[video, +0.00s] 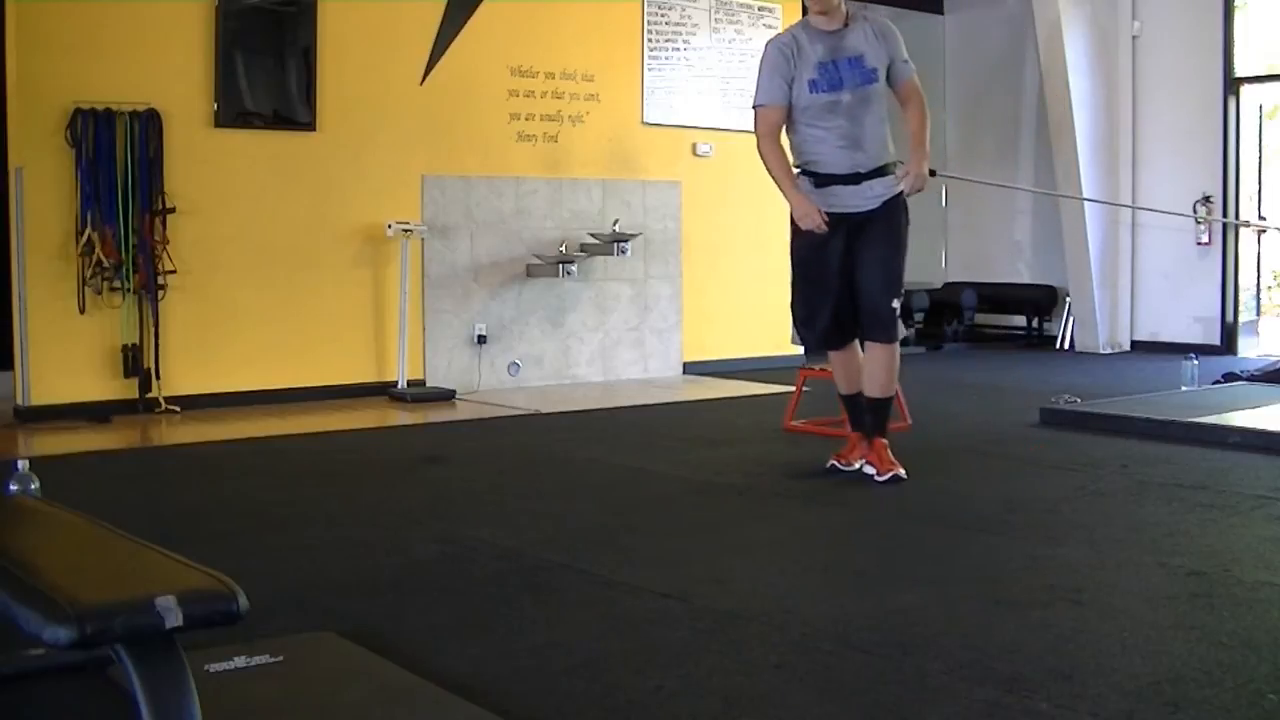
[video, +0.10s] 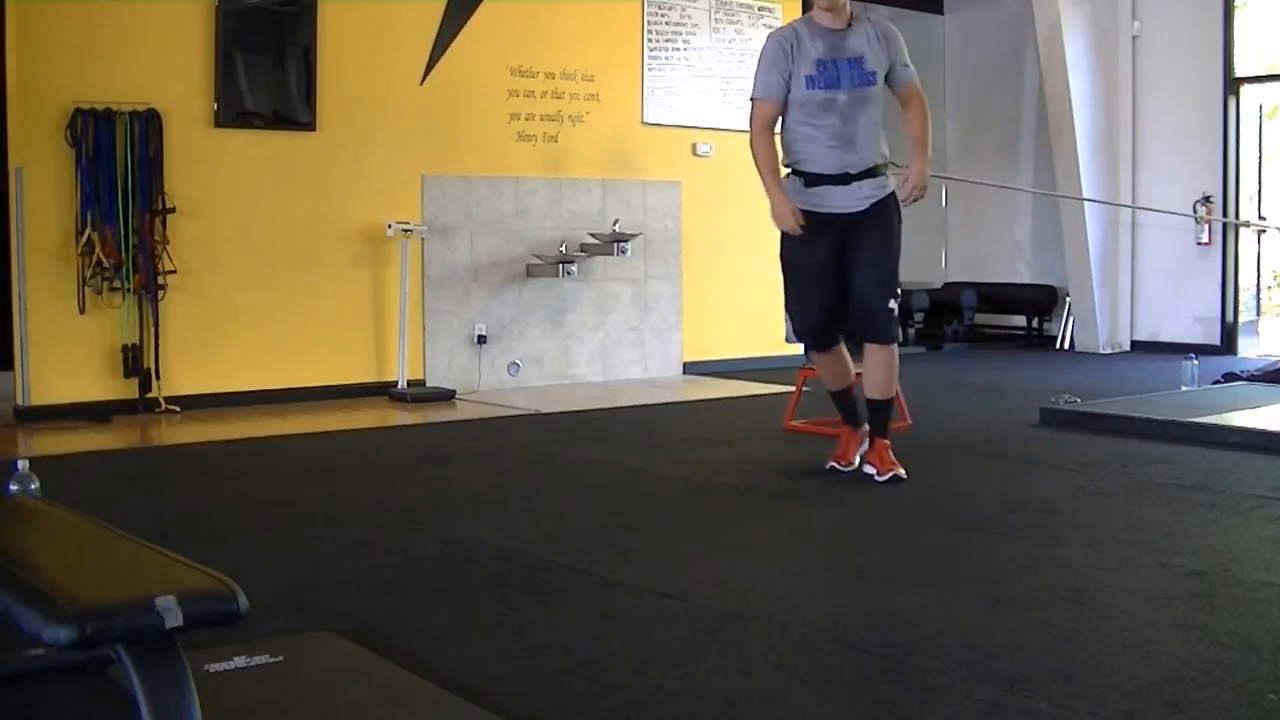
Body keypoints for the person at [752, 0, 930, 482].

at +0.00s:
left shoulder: (879, 31)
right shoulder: (784, 50)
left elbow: (911, 97)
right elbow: (767, 136)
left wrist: (919, 154)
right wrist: (794, 197)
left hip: (881, 201)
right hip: (819, 207)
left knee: (881, 319)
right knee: (833, 327)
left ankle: (878, 441)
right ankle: (858, 437)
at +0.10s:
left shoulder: (882, 34)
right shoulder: (784, 43)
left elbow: (912, 98)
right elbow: (761, 126)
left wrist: (920, 157)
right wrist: (776, 195)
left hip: (874, 201)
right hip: (807, 206)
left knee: (879, 321)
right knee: (817, 329)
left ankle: (879, 442)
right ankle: (853, 427)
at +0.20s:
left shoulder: (882, 35)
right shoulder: (783, 40)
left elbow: (916, 96)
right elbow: (750, 121)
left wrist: (918, 156)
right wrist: (750, 195)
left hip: (867, 203)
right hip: (799, 206)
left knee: (874, 325)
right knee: (796, 328)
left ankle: (877, 444)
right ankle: (830, 411)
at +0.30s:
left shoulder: (881, 33)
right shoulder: (781, 37)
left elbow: (912, 91)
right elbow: (742, 116)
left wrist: (903, 150)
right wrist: (725, 191)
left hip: (859, 205)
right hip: (791, 203)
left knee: (869, 325)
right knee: (778, 322)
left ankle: (876, 445)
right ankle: (787, 422)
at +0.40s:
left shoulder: (876, 33)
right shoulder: (776, 35)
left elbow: (897, 88)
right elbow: (735, 113)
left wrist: (888, 147)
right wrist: (706, 186)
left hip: (851, 204)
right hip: (785, 201)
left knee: (865, 327)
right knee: (767, 323)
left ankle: (876, 446)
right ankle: (740, 443)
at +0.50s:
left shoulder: (867, 36)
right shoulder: (768, 38)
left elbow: (881, 90)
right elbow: (725, 115)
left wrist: (875, 149)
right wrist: (694, 187)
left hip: (843, 207)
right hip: (778, 204)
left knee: (858, 327)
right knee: (755, 323)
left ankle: (875, 446)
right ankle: (713, 448)